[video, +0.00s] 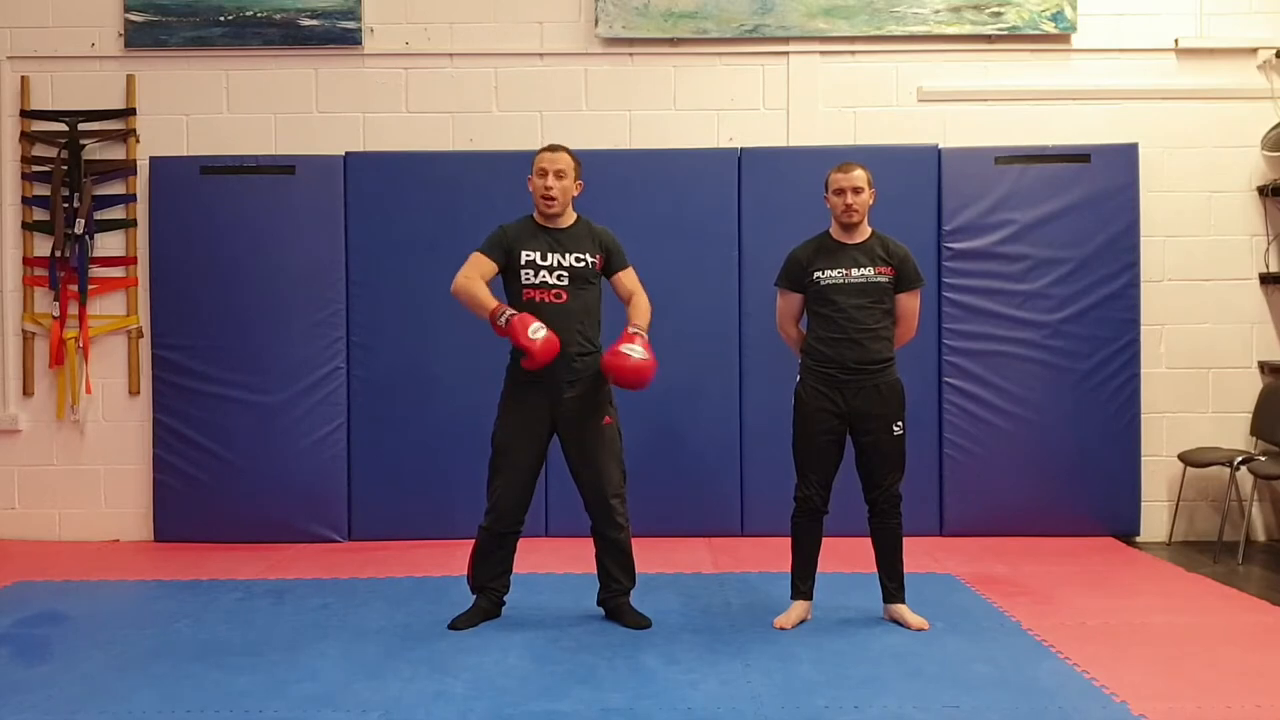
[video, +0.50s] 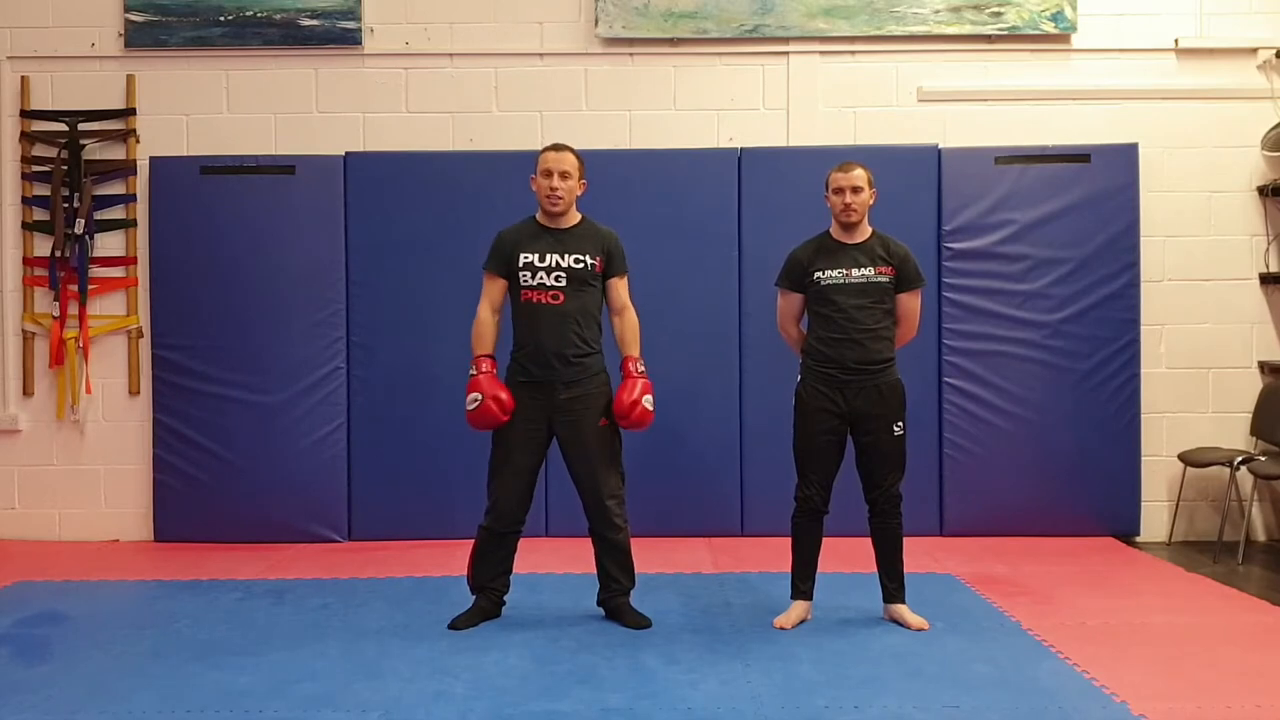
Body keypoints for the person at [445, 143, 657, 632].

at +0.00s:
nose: (548, 184)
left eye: (559, 176)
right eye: (541, 175)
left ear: (576, 185)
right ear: (530, 181)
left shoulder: (599, 241)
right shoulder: (510, 237)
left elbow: (636, 297)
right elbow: (464, 283)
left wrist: (636, 336)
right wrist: (508, 319)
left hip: (587, 387)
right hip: (527, 386)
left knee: (608, 498)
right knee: (505, 496)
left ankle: (616, 597)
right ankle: (488, 597)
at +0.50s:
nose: (554, 184)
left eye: (565, 176)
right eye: (547, 175)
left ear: (580, 185)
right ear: (534, 181)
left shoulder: (603, 241)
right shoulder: (512, 240)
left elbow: (622, 310)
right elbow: (489, 309)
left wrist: (634, 372)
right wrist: (483, 370)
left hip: (586, 388)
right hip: (524, 388)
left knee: (606, 499)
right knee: (505, 500)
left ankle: (616, 598)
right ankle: (488, 597)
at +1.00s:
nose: (559, 183)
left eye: (568, 175)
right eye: (551, 174)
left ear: (582, 184)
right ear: (536, 182)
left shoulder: (604, 243)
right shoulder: (511, 241)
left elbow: (620, 311)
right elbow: (489, 309)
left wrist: (634, 373)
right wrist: (481, 372)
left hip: (587, 389)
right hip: (524, 389)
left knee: (607, 500)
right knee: (504, 501)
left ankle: (616, 597)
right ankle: (488, 597)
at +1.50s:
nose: (543, 192)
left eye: (552, 183)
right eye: (535, 184)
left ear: (575, 185)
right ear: (527, 188)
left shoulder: (603, 242)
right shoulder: (514, 240)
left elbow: (622, 311)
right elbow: (486, 305)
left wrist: (633, 373)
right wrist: (515, 257)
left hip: (587, 389)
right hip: (527, 389)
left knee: (607, 500)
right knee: (505, 498)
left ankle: (616, 598)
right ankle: (488, 597)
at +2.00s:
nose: (540, 188)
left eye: (547, 178)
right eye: (529, 180)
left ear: (557, 182)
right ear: (510, 186)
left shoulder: (580, 240)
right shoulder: (489, 243)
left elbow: (600, 306)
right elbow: (466, 312)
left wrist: (616, 364)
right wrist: (512, 285)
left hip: (573, 388)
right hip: (512, 390)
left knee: (599, 496)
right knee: (496, 500)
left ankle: (615, 597)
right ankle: (487, 598)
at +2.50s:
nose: (588, 186)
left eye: (587, 178)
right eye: (577, 178)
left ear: (579, 185)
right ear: (546, 184)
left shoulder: (587, 242)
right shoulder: (512, 241)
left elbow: (592, 307)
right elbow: (482, 307)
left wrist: (616, 365)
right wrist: (542, 315)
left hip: (585, 390)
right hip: (529, 393)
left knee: (602, 493)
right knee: (507, 498)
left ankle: (614, 594)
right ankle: (489, 597)